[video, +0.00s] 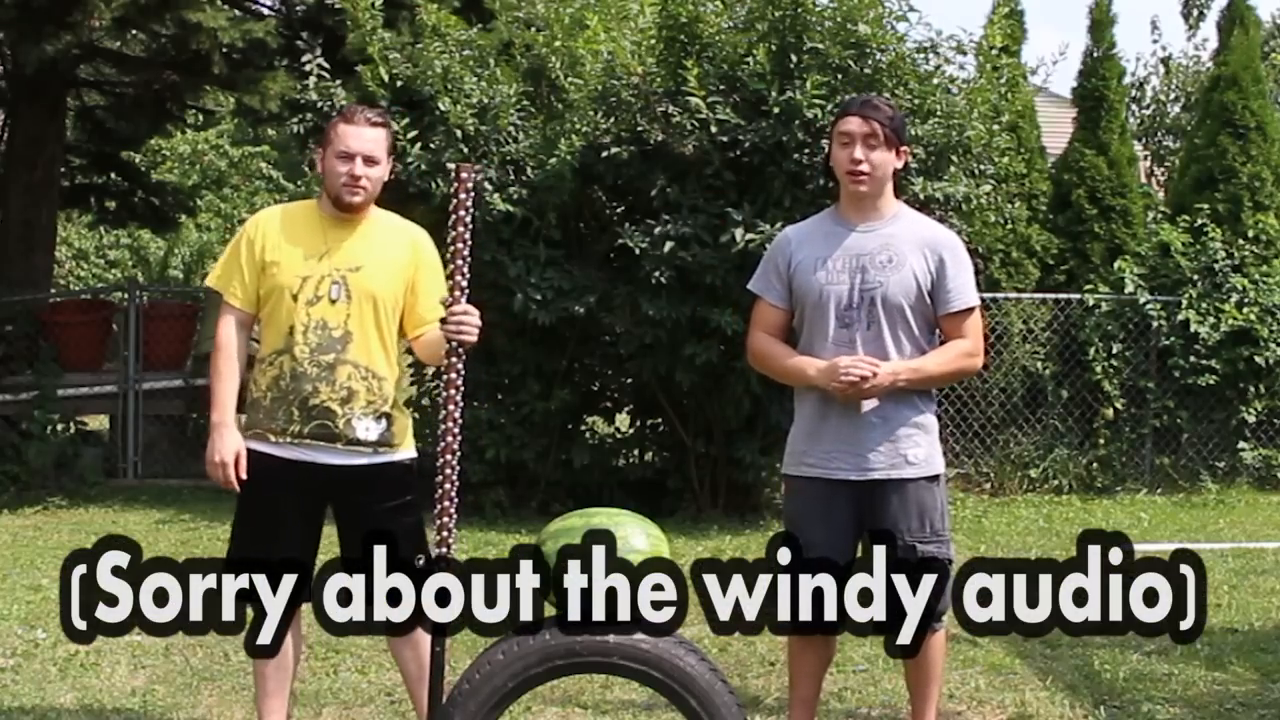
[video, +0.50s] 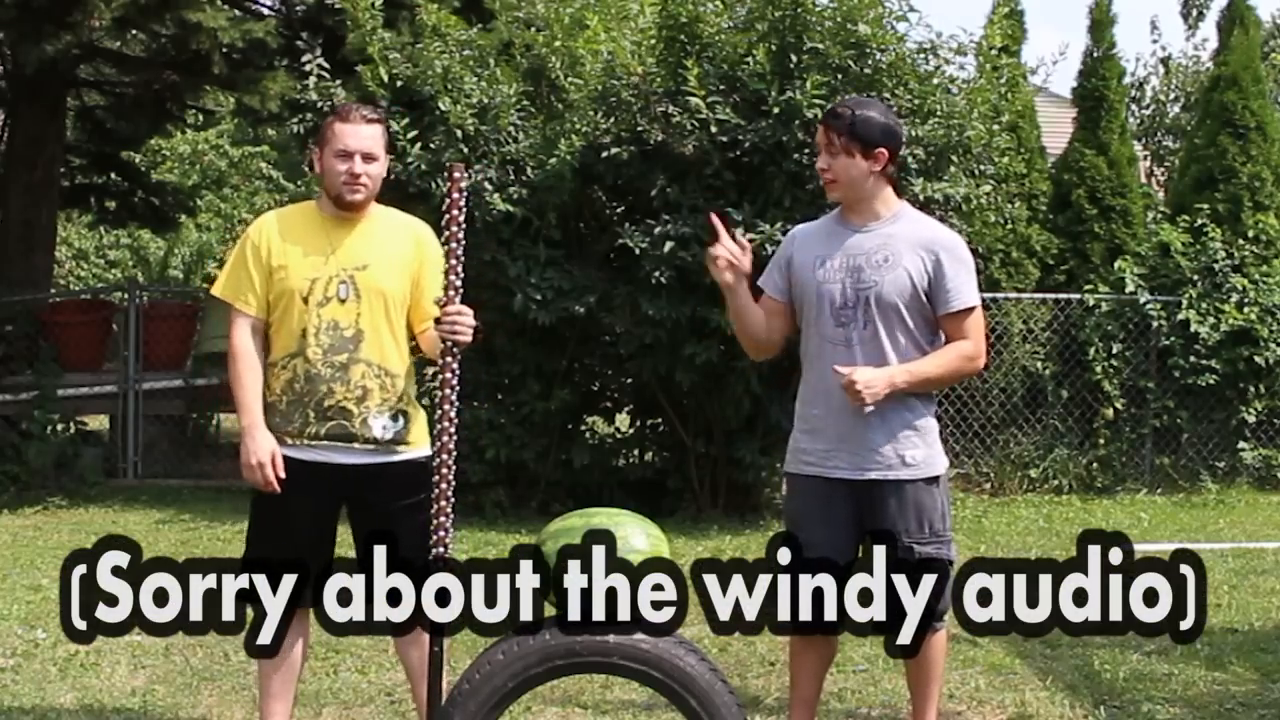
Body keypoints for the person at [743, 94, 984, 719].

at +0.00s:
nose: (856, 155)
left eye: (872, 144)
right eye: (845, 142)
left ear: (898, 157)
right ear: (830, 154)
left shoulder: (937, 243)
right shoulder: (793, 244)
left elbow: (970, 350)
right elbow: (760, 344)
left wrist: (895, 373)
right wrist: (818, 371)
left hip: (908, 465)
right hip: (817, 464)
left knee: (924, 609)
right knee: (809, 609)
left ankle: (924, 716)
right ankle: (800, 716)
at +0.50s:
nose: (821, 165)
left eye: (835, 153)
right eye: (819, 152)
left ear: (879, 159)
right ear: (819, 156)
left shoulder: (937, 244)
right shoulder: (801, 243)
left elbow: (972, 351)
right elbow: (764, 340)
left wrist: (892, 376)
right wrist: (735, 288)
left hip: (907, 468)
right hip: (817, 464)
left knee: (922, 613)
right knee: (811, 610)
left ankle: (925, 717)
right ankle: (799, 716)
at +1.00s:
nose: (813, 163)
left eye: (826, 152)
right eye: (813, 151)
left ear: (872, 158)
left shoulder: (932, 245)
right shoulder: (799, 244)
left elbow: (964, 352)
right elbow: (780, 335)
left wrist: (884, 381)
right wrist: (751, 364)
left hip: (904, 467)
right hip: (814, 464)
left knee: (921, 610)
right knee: (811, 608)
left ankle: (925, 716)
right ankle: (799, 716)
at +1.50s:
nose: (809, 165)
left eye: (821, 153)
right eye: (808, 153)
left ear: (866, 158)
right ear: (832, 158)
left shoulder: (926, 244)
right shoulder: (799, 245)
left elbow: (956, 353)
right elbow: (764, 336)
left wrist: (858, 371)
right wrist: (797, 368)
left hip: (903, 467)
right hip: (814, 465)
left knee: (922, 610)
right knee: (810, 608)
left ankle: (924, 716)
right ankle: (799, 715)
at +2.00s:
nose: (812, 166)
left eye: (825, 154)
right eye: (811, 153)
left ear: (869, 157)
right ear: (831, 157)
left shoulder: (931, 243)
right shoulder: (800, 245)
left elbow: (962, 352)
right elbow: (768, 338)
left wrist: (865, 373)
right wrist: (802, 370)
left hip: (904, 467)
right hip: (815, 466)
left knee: (922, 611)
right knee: (810, 610)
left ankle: (924, 716)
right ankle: (800, 716)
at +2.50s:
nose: (822, 160)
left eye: (835, 149)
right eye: (822, 148)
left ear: (880, 158)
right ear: (829, 156)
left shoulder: (936, 245)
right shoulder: (805, 241)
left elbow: (966, 353)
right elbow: (739, 316)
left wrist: (879, 380)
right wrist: (677, 271)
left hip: (907, 467)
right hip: (818, 463)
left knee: (923, 612)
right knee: (812, 609)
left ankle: (925, 718)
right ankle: (799, 716)